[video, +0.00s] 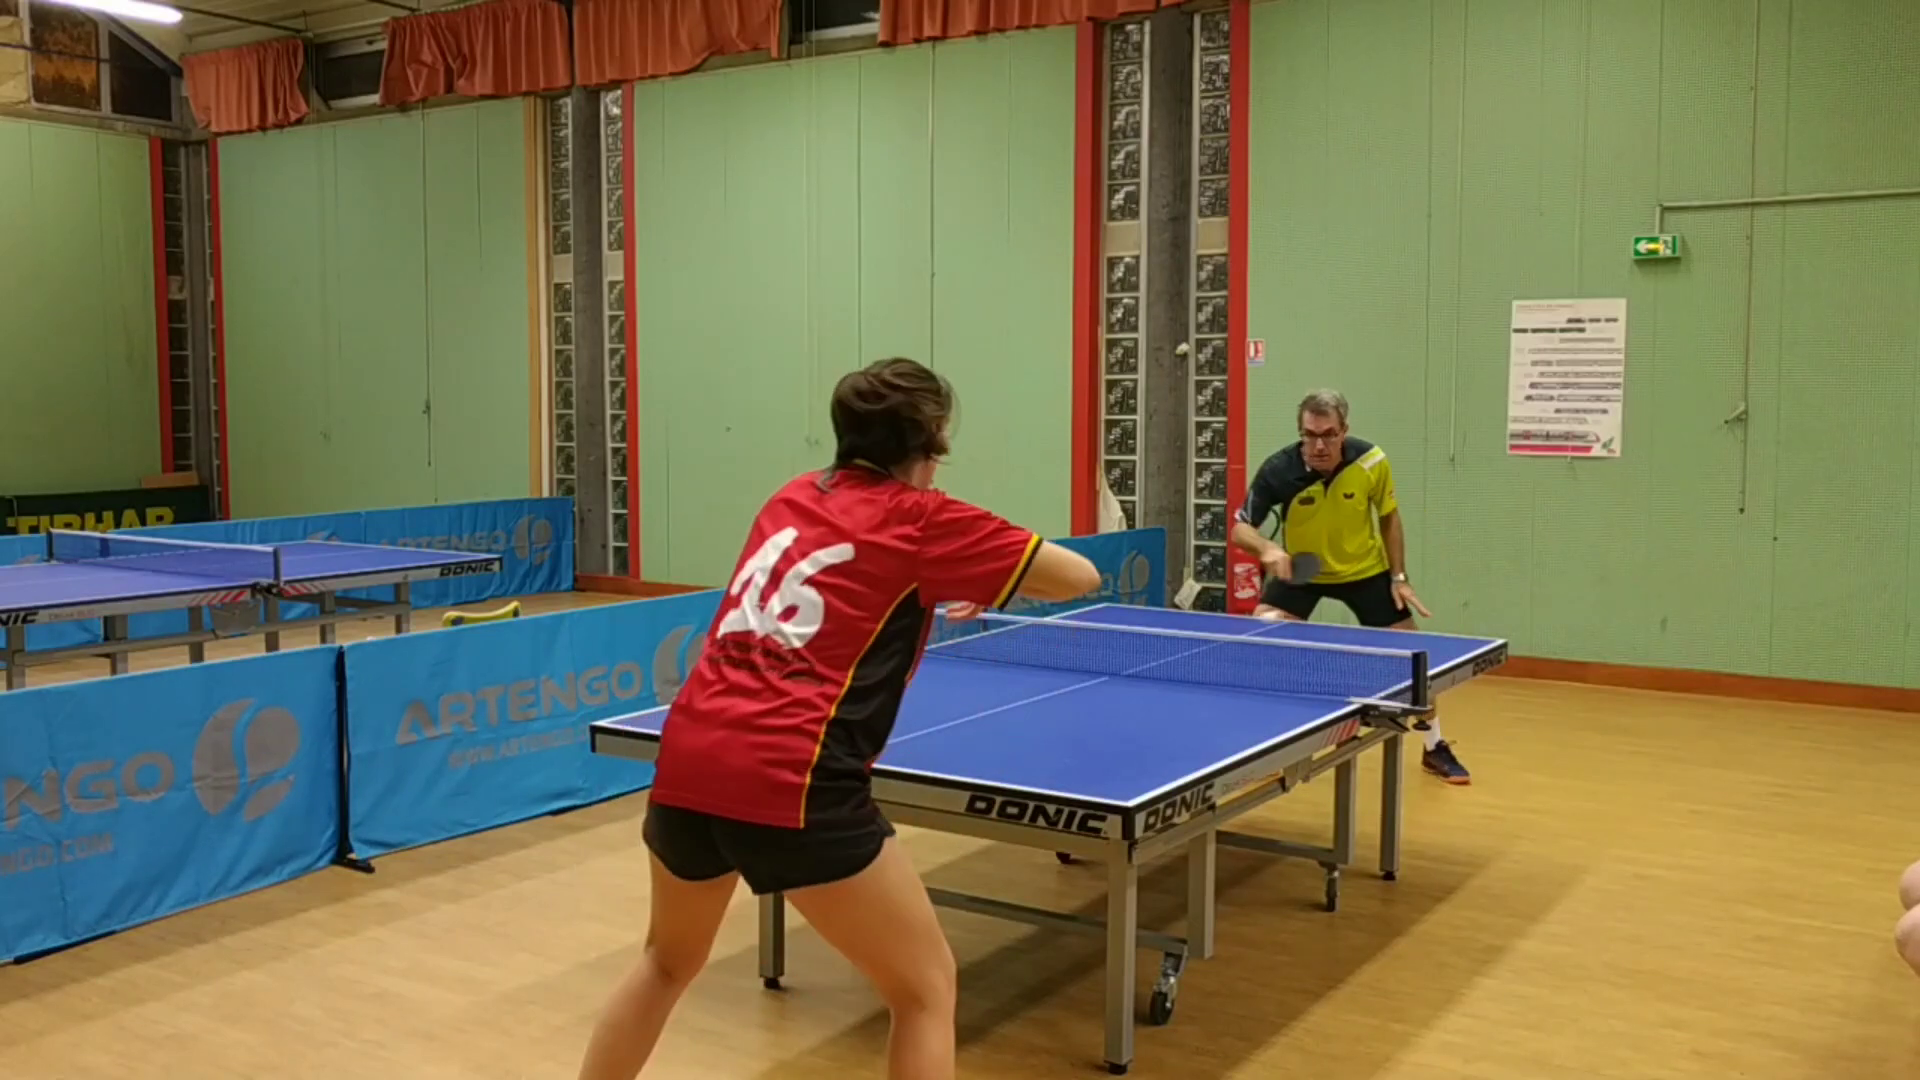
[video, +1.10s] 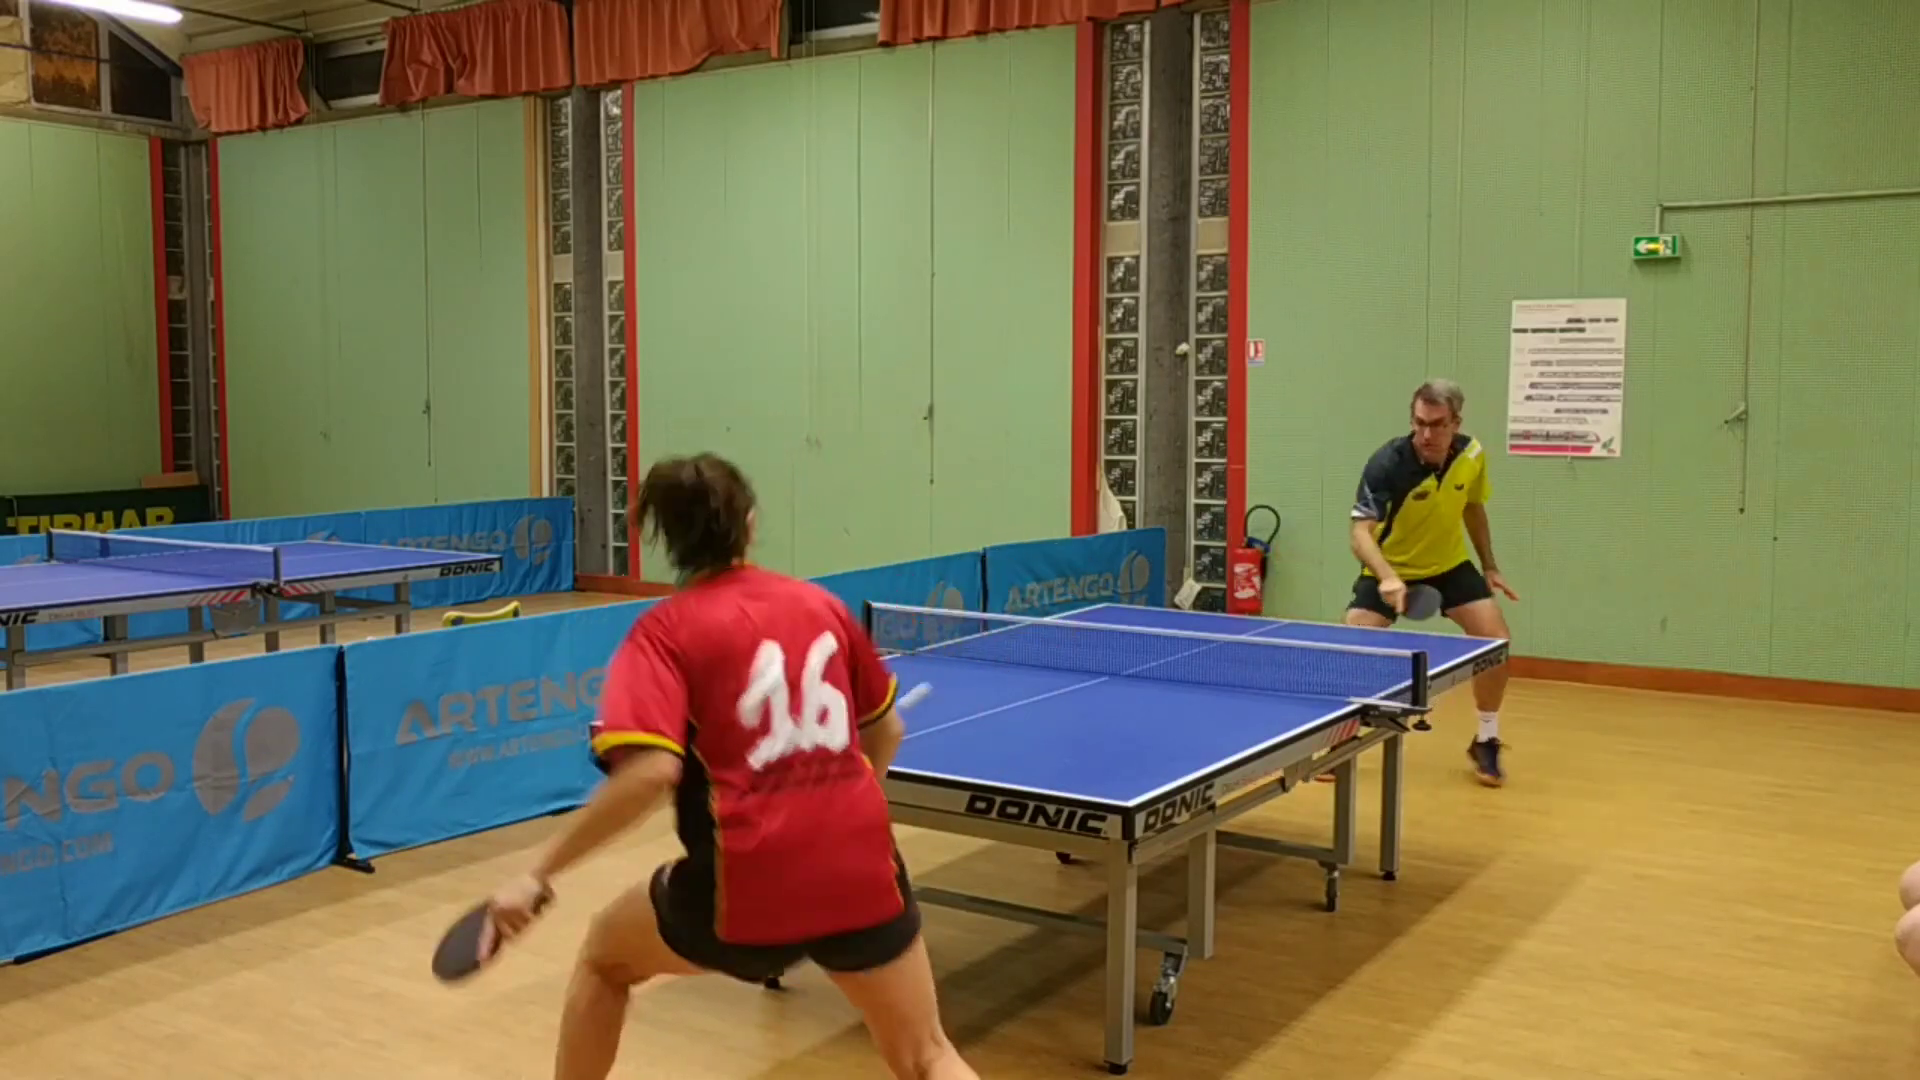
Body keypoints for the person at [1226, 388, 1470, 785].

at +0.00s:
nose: (1318, 445)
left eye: (1328, 435)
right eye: (1311, 435)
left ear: (1344, 431)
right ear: (1301, 432)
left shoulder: (1369, 461)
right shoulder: (1278, 471)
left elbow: (1389, 518)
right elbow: (1239, 529)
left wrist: (1398, 576)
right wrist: (1268, 548)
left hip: (1364, 573)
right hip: (1300, 574)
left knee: (1410, 650)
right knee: (1257, 647)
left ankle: (1435, 745)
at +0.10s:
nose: (1348, 454)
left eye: (1357, 444)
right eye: (1339, 445)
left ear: (1370, 438)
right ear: (1326, 439)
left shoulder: (1388, 465)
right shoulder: (1299, 476)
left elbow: (1399, 521)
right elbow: (1269, 545)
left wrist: (1411, 577)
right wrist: (1323, 557)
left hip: (1374, 575)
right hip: (1311, 577)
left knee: (1422, 652)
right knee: (1268, 633)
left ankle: (1453, 751)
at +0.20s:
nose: (1381, 468)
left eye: (1390, 459)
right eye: (1372, 459)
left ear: (1401, 454)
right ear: (1355, 450)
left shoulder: (1409, 475)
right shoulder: (1329, 485)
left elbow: (1412, 529)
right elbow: (1315, 567)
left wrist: (1428, 584)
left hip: (1386, 582)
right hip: (1327, 582)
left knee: (1435, 642)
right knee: (1282, 632)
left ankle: (1456, 751)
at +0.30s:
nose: (1413, 481)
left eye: (1420, 472)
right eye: (1404, 470)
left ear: (1429, 468)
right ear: (1385, 461)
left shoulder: (1425, 486)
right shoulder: (1355, 498)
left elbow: (1423, 533)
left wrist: (1447, 584)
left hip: (1401, 579)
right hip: (1341, 580)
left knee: (1448, 648)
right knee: (1296, 637)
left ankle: (1456, 751)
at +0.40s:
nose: (1439, 488)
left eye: (1447, 480)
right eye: (1431, 478)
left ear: (1454, 475)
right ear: (1408, 469)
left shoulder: (1434, 492)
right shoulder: (1378, 506)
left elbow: (1430, 530)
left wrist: (1452, 580)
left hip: (1408, 579)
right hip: (1351, 582)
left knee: (1456, 649)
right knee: (1306, 645)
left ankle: (1458, 752)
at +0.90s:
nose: (1455, 444)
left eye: (1466, 436)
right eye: (1448, 433)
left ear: (1483, 435)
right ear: (1439, 428)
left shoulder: (1486, 464)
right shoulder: (1413, 465)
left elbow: (1475, 515)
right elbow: (1394, 531)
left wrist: (1484, 570)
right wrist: (1426, 573)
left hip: (1443, 568)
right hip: (1388, 562)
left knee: (1469, 646)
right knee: (1346, 636)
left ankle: (1458, 750)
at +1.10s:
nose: (1426, 434)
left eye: (1436, 425)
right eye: (1420, 424)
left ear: (1455, 423)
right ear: (1411, 420)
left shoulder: (1470, 455)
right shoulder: (1388, 462)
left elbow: (1473, 508)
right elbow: (1359, 533)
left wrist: (1489, 567)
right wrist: (1386, 576)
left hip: (1449, 565)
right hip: (1391, 569)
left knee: (1496, 644)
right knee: (1354, 647)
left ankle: (1487, 741)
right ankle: (1340, 743)